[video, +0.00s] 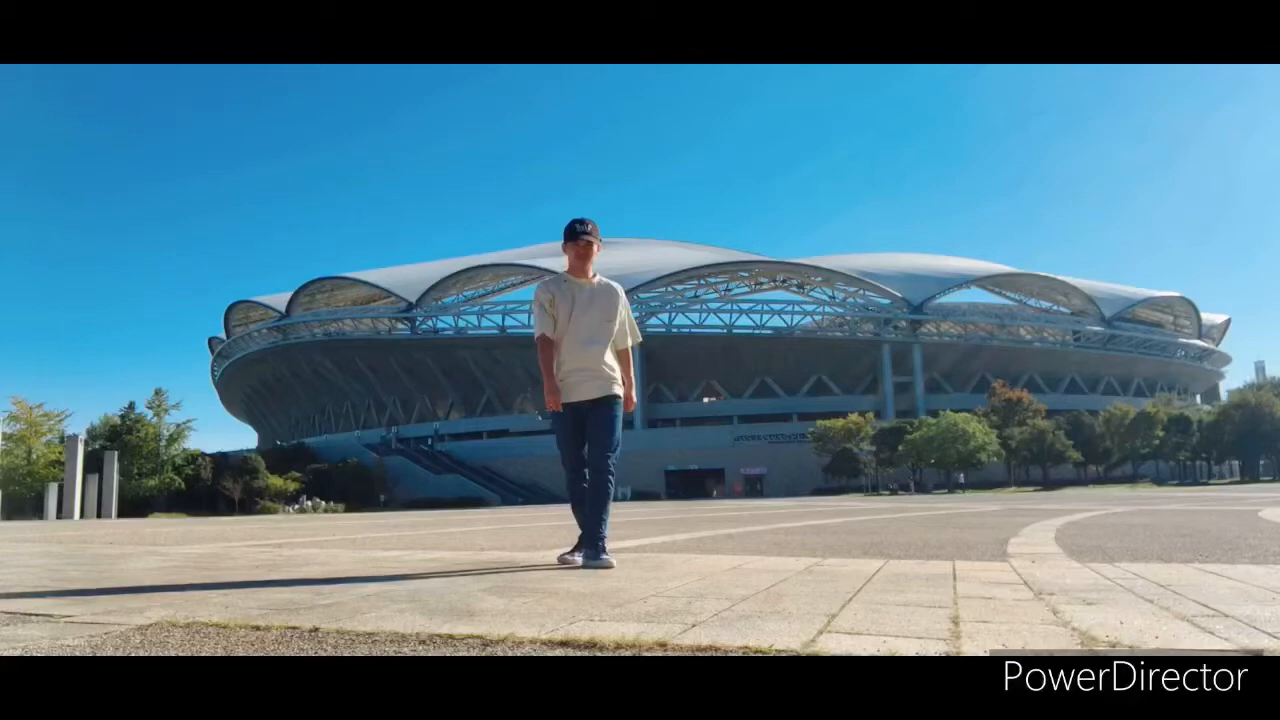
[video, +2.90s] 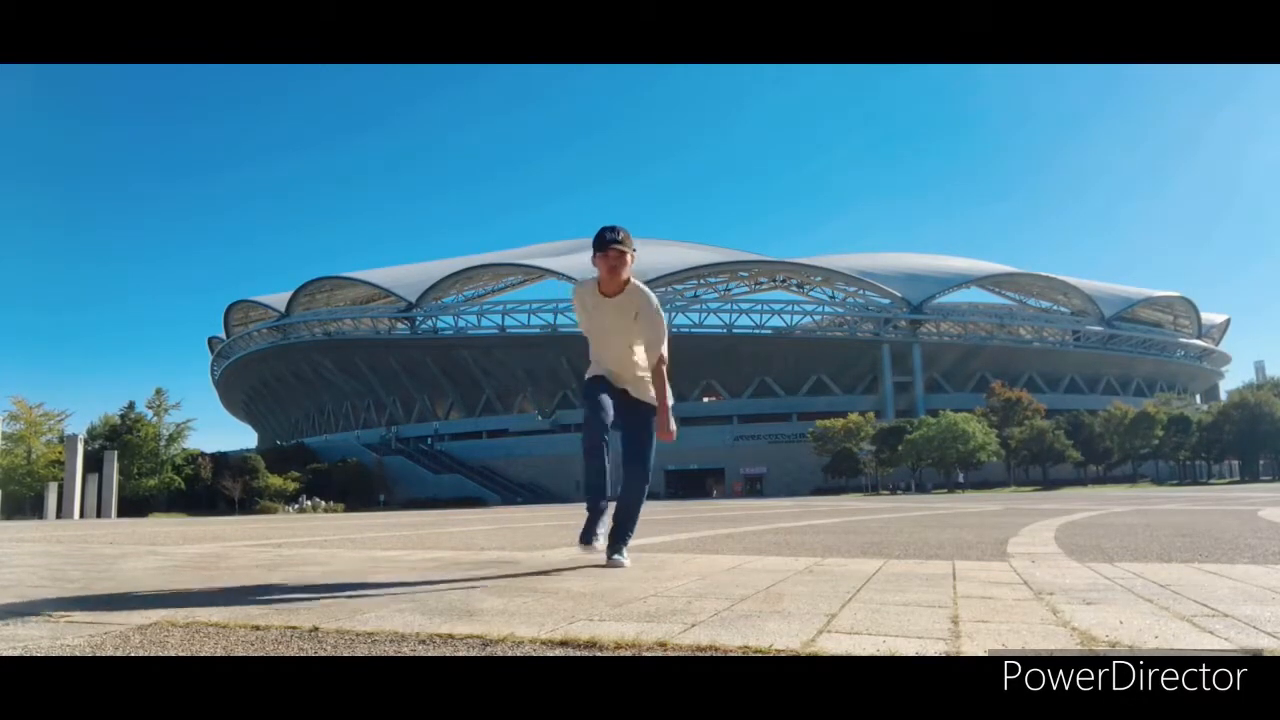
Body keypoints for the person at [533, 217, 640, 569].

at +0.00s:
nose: (585, 247)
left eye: (590, 242)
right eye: (578, 241)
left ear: (598, 248)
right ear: (566, 247)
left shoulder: (613, 292)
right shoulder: (549, 290)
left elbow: (623, 345)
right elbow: (544, 339)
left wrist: (629, 386)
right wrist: (549, 382)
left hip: (606, 389)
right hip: (566, 392)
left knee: (602, 466)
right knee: (574, 468)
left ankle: (596, 547)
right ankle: (588, 537)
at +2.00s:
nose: (601, 234)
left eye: (606, 228)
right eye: (594, 230)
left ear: (618, 236)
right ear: (584, 239)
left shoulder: (638, 279)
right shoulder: (570, 285)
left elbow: (650, 335)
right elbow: (560, 339)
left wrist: (657, 379)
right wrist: (552, 385)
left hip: (634, 389)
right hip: (589, 391)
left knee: (641, 468)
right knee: (586, 471)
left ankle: (644, 543)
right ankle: (591, 542)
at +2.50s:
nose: (633, 253)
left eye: (640, 247)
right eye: (627, 246)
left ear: (650, 253)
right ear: (614, 251)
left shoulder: (656, 296)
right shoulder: (593, 283)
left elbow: (655, 343)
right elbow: (572, 333)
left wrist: (657, 373)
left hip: (631, 392)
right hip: (591, 389)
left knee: (624, 466)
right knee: (602, 466)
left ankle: (620, 543)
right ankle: (616, 533)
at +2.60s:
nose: (639, 253)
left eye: (646, 247)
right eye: (631, 247)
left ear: (655, 253)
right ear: (620, 253)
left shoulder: (663, 293)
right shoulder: (595, 293)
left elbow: (646, 336)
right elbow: (555, 329)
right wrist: (525, 365)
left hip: (635, 395)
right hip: (591, 391)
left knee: (630, 471)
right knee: (581, 456)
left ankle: (618, 545)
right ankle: (603, 484)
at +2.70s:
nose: (628, 260)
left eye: (635, 254)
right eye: (620, 254)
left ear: (647, 259)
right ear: (610, 260)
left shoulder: (666, 293)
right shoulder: (593, 299)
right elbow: (558, 319)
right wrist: (534, 343)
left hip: (637, 405)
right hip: (594, 396)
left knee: (637, 477)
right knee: (560, 457)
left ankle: (618, 547)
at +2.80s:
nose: (614, 265)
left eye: (621, 259)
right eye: (607, 259)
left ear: (634, 264)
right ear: (597, 265)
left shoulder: (655, 311)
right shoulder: (586, 299)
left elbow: (686, 326)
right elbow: (574, 325)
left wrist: (712, 329)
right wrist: (572, 350)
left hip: (640, 400)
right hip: (599, 383)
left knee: (636, 476)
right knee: (567, 435)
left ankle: (616, 546)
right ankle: (544, 438)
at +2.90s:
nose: (613, 262)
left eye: (620, 255)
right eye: (606, 255)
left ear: (632, 259)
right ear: (594, 259)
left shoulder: (645, 302)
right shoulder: (582, 294)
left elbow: (658, 360)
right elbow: (593, 336)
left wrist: (665, 411)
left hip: (640, 385)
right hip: (601, 375)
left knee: (638, 472)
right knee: (598, 417)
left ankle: (619, 544)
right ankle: (598, 508)